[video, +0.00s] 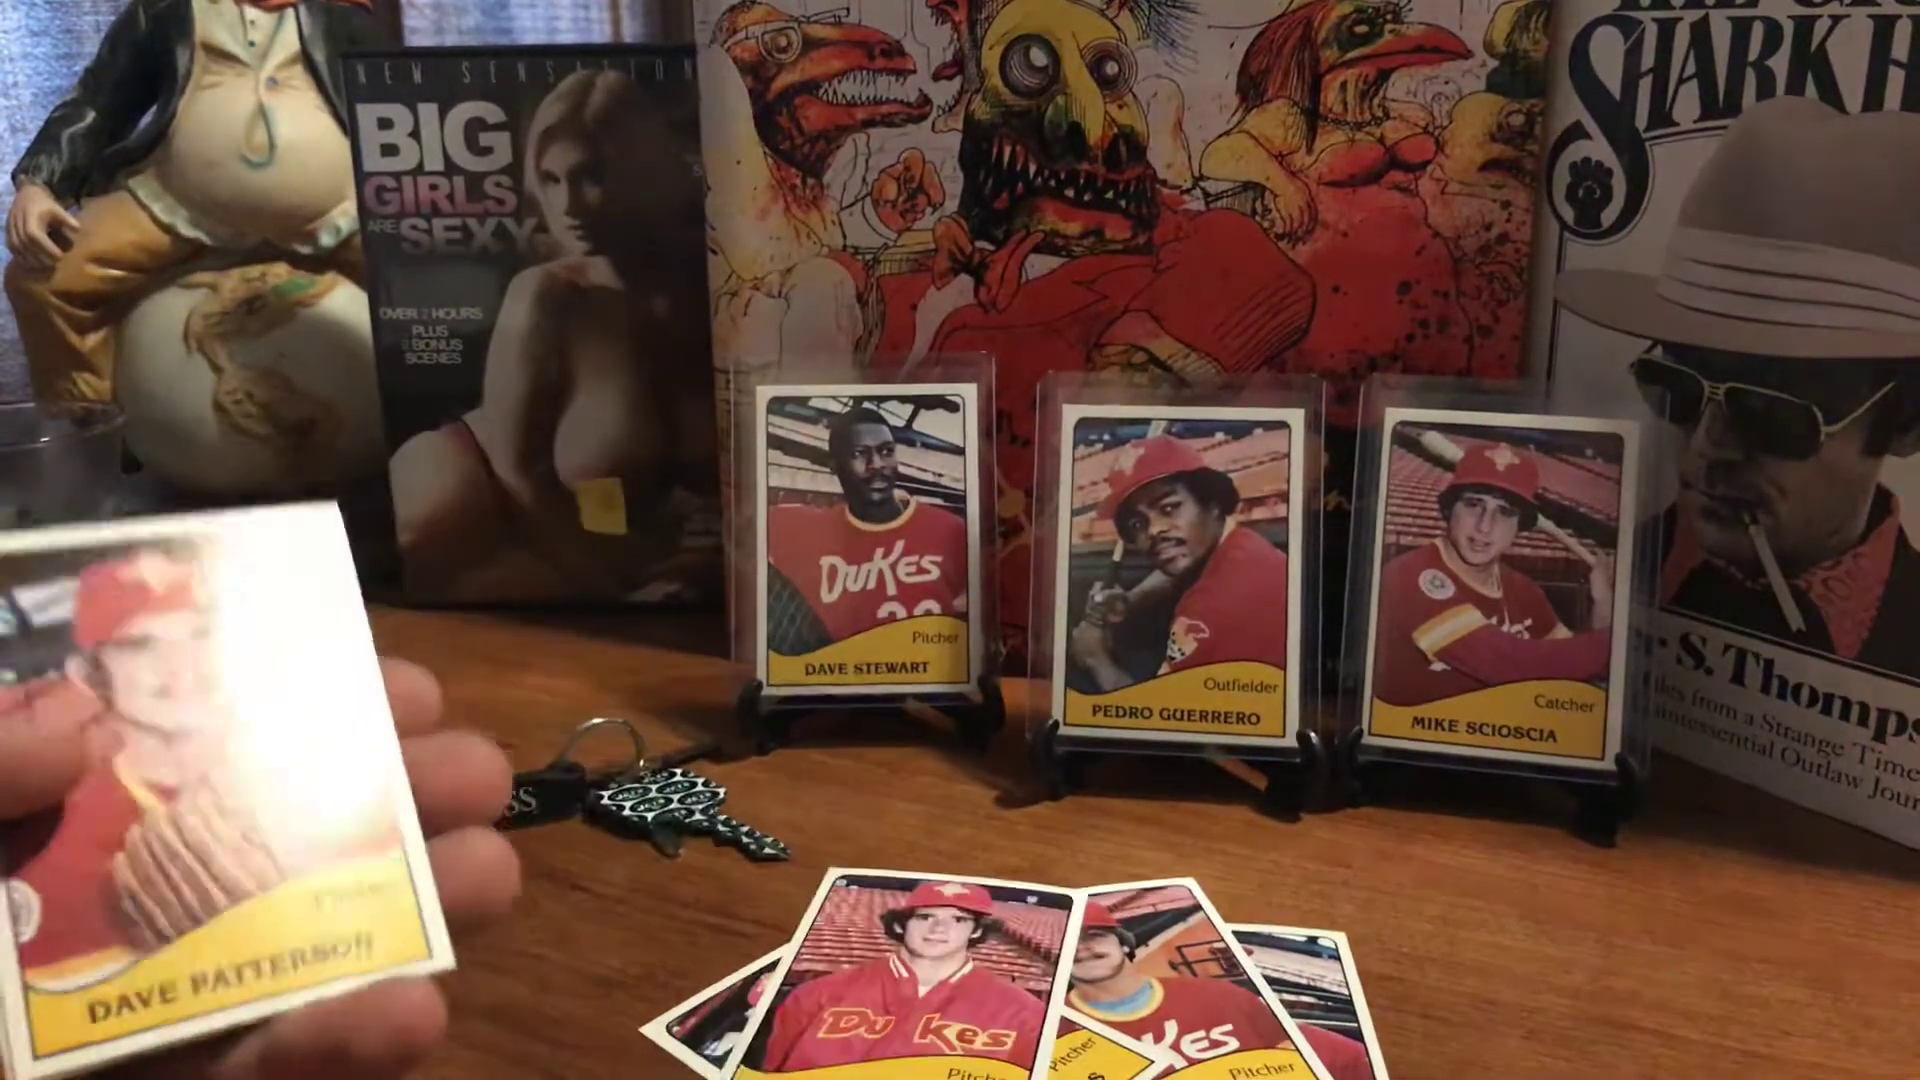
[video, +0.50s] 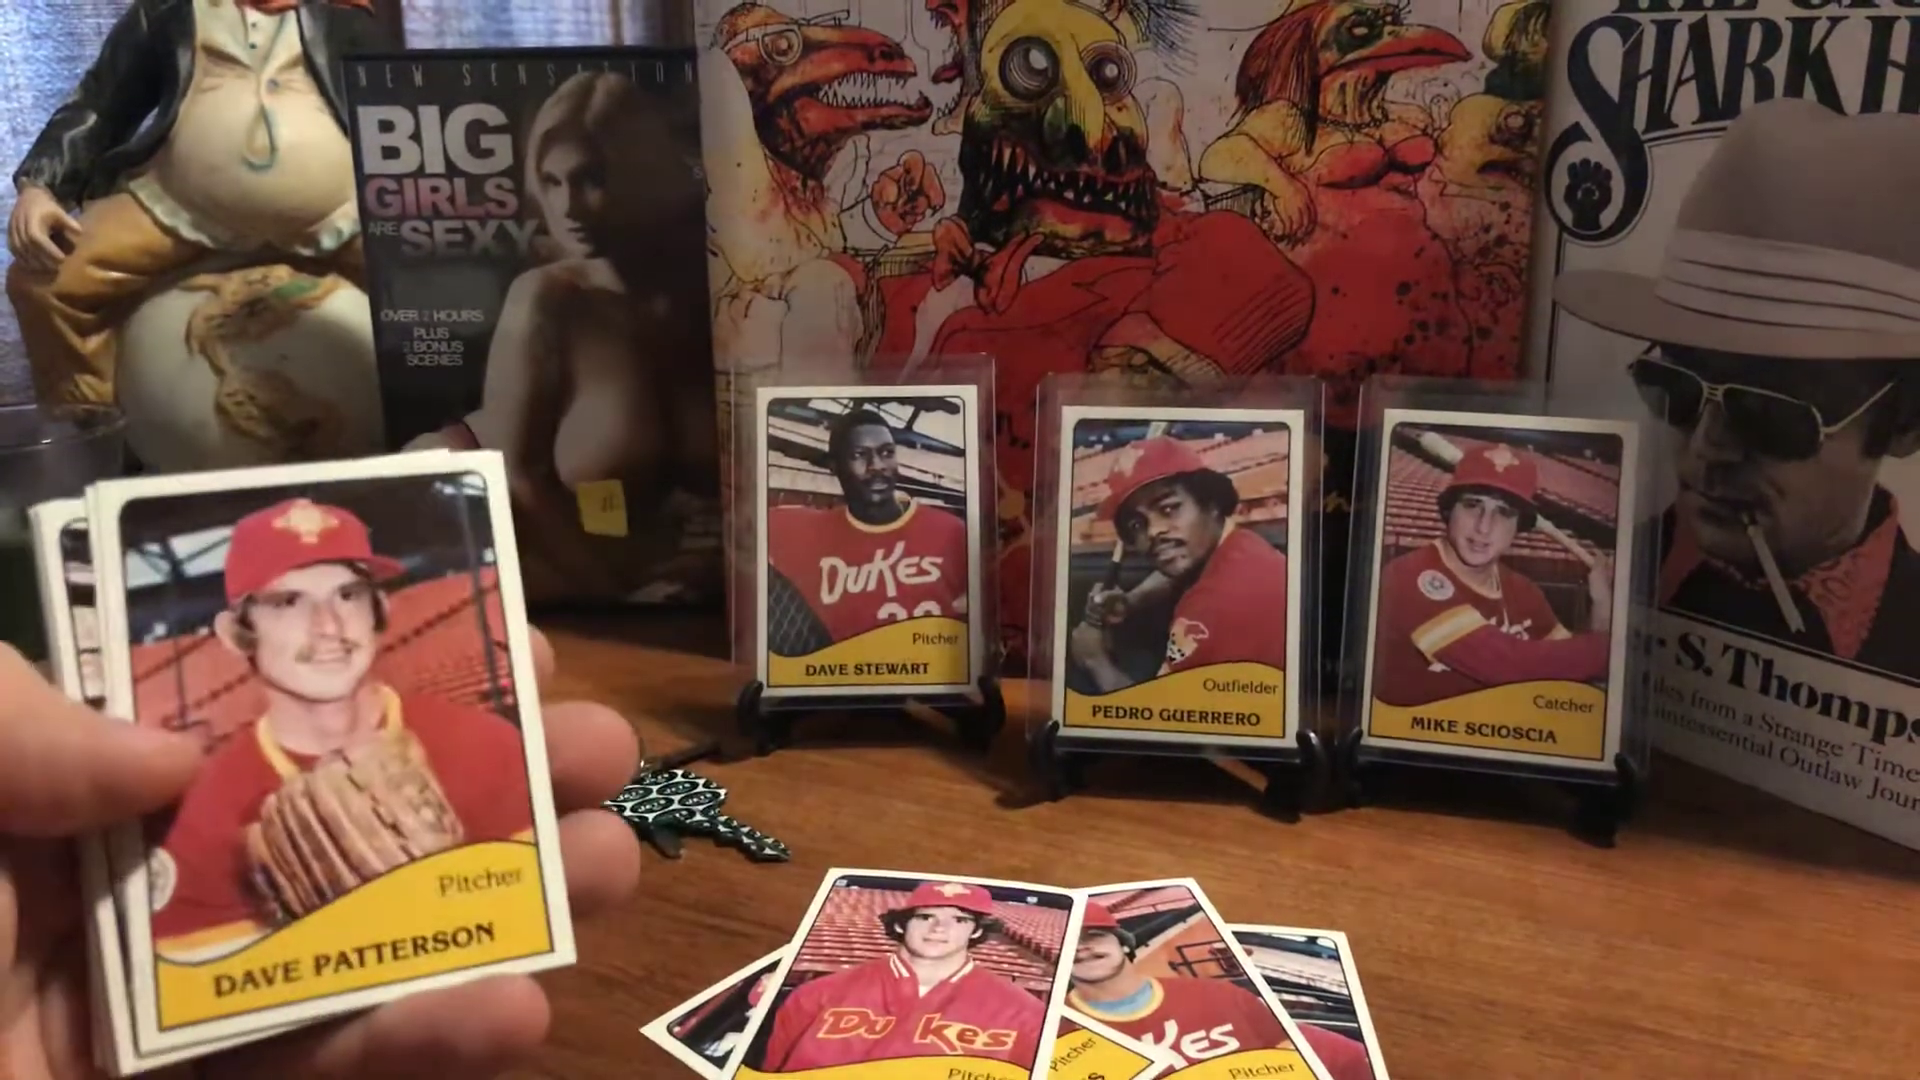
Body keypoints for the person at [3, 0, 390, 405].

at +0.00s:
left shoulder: (347, 20)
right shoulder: (164, 11)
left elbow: (399, 106)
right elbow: (97, 102)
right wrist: (34, 182)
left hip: (337, 210)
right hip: (177, 206)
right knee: (42, 281)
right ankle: (102, 447)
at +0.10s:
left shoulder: (349, 19)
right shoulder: (165, 11)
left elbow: (400, 109)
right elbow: (98, 102)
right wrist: (35, 182)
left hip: (338, 212)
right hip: (178, 206)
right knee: (42, 280)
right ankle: (101, 439)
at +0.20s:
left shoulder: (348, 18)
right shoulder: (164, 12)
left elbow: (401, 100)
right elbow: (101, 99)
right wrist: (36, 181)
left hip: (339, 210)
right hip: (179, 204)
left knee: (447, 291)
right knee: (42, 280)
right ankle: (100, 438)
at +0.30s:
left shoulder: (350, 21)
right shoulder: (166, 12)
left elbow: (402, 109)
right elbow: (99, 102)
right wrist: (37, 183)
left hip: (339, 211)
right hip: (180, 207)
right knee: (43, 281)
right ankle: (105, 439)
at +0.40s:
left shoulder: (350, 20)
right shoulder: (168, 10)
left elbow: (402, 110)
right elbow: (100, 103)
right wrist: (37, 184)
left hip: (339, 213)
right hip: (180, 208)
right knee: (45, 284)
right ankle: (103, 447)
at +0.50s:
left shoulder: (351, 19)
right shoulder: (167, 11)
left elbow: (404, 112)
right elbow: (99, 103)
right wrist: (37, 184)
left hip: (340, 213)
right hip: (180, 208)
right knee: (45, 284)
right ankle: (100, 449)